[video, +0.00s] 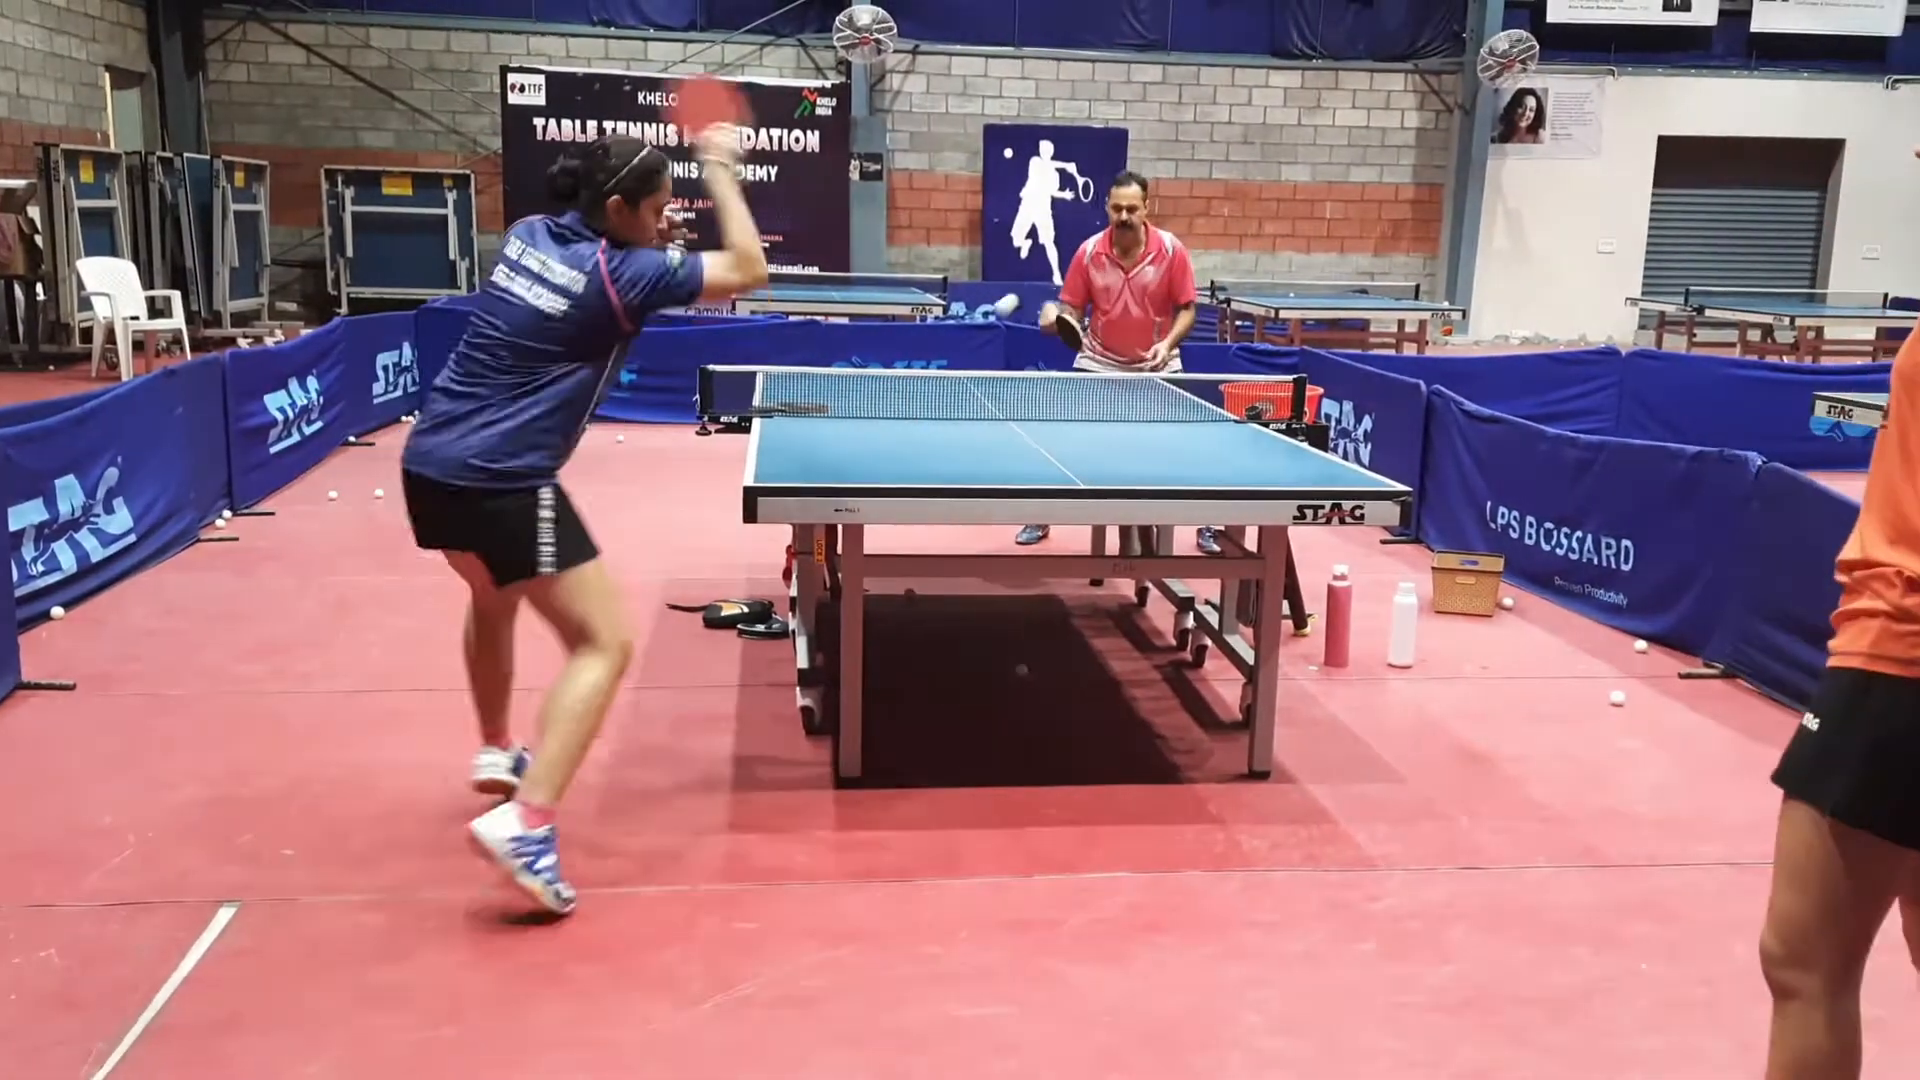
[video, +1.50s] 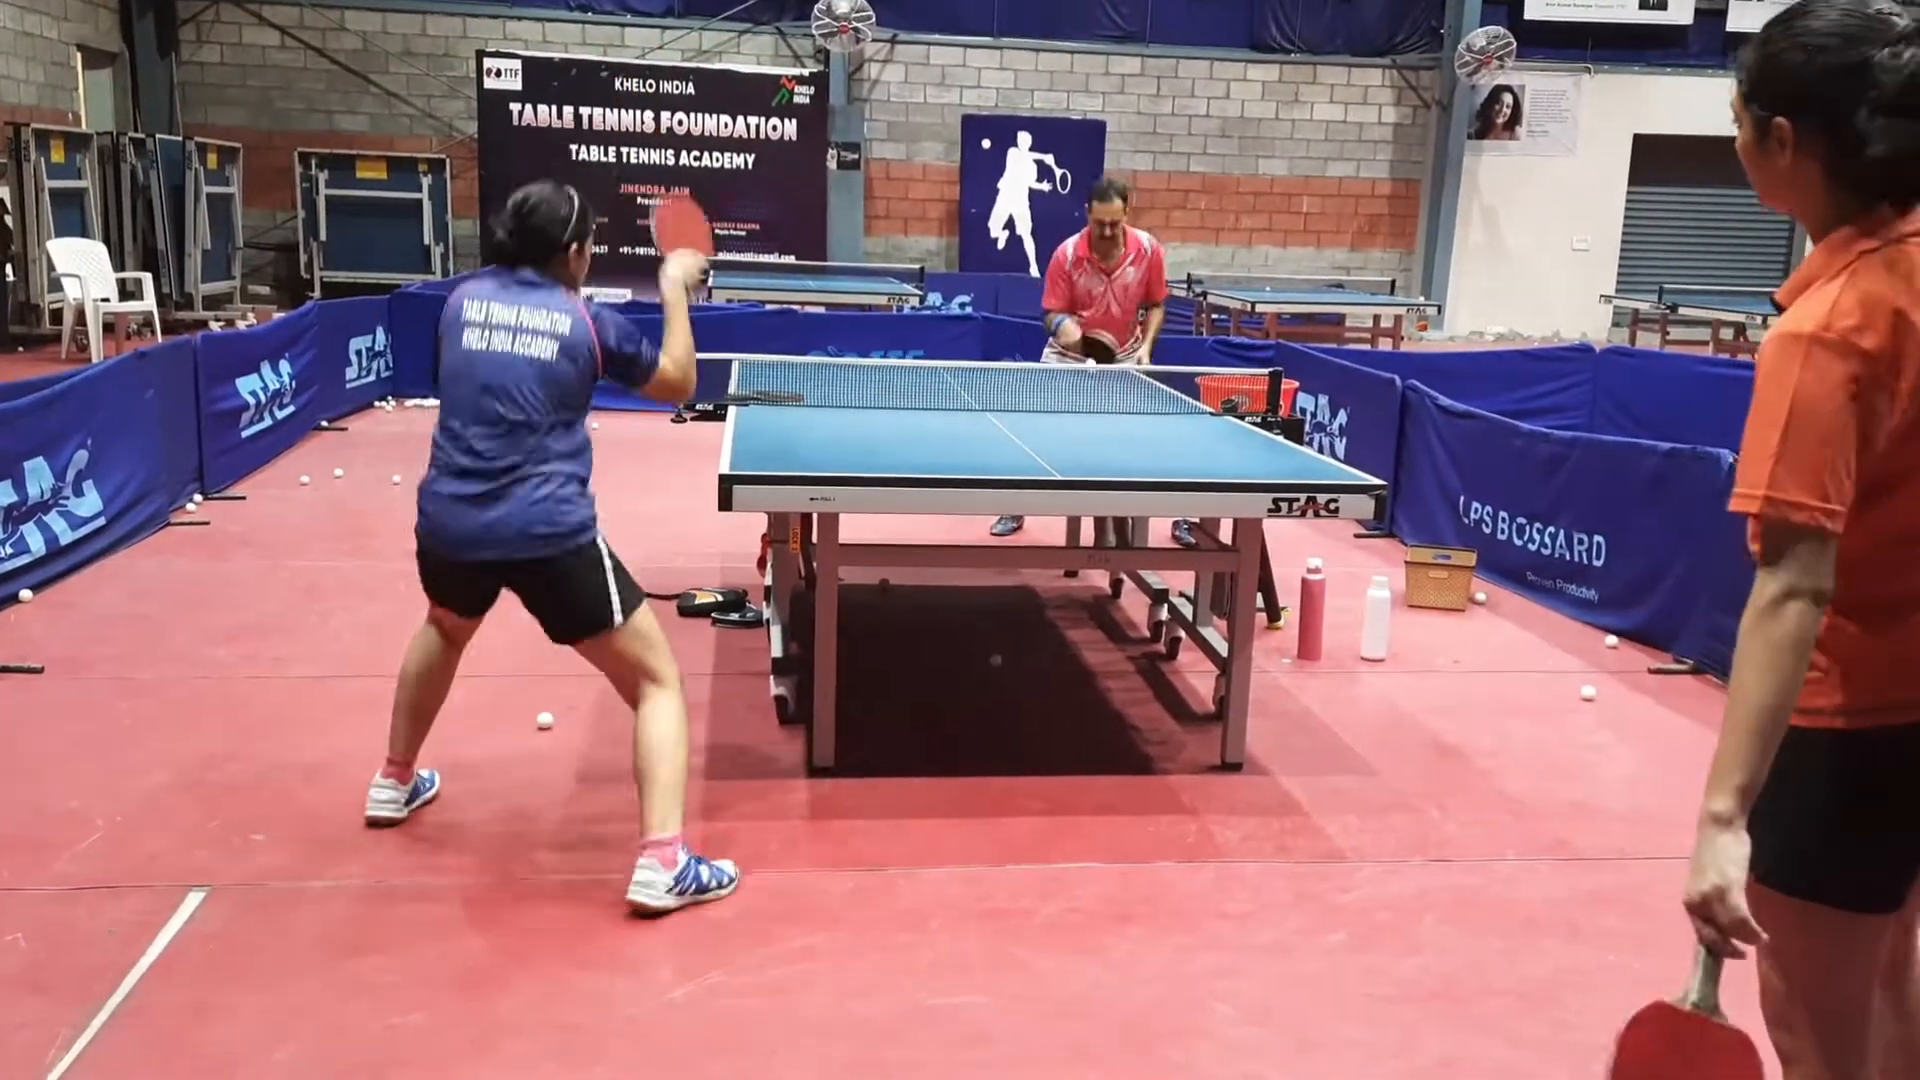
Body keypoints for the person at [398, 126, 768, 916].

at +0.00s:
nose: (664, 216)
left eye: (664, 202)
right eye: (656, 204)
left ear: (596, 203)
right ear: (617, 207)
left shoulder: (530, 233)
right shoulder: (626, 272)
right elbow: (748, 264)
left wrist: (657, 237)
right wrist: (722, 171)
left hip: (430, 468)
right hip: (505, 480)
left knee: (493, 595)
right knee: (607, 645)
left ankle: (497, 751)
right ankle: (526, 822)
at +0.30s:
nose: (654, 278)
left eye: (651, 267)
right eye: (651, 269)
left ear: (576, 272)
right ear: (636, 278)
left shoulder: (531, 332)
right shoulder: (652, 347)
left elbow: (552, 413)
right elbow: (742, 418)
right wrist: (750, 337)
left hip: (529, 548)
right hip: (621, 547)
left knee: (555, 625)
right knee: (741, 679)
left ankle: (512, 776)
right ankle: (779, 843)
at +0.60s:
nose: (731, 227)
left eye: (728, 214)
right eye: (727, 215)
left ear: (662, 213)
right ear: (707, 225)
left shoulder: (625, 256)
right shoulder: (664, 298)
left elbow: (647, 379)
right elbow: (626, 425)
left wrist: (712, 417)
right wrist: (713, 443)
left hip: (494, 459)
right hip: (552, 477)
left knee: (530, 603)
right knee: (651, 645)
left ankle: (462, 742)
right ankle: (624, 845)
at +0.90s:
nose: (713, 349)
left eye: (713, 336)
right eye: (710, 337)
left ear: (667, 339)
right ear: (680, 346)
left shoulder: (652, 384)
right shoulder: (581, 411)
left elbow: (627, 435)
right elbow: (505, 519)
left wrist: (640, 484)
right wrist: (549, 619)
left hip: (513, 523)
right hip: (486, 531)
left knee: (533, 665)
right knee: (635, 651)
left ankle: (407, 760)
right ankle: (617, 850)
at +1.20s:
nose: (647, 219)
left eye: (652, 208)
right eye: (641, 208)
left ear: (580, 202)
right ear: (598, 201)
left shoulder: (518, 235)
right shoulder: (601, 269)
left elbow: (577, 281)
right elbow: (729, 287)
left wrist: (639, 248)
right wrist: (729, 190)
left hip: (446, 470)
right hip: (514, 481)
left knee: (471, 613)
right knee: (617, 636)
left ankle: (406, 753)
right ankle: (618, 833)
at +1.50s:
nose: (589, 253)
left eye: (586, 241)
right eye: (586, 243)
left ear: (508, 243)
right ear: (571, 252)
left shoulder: (459, 301)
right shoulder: (587, 322)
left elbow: (462, 378)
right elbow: (678, 382)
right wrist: (674, 285)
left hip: (451, 528)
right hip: (550, 535)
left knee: (444, 628)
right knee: (654, 679)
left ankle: (392, 781)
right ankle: (664, 857)